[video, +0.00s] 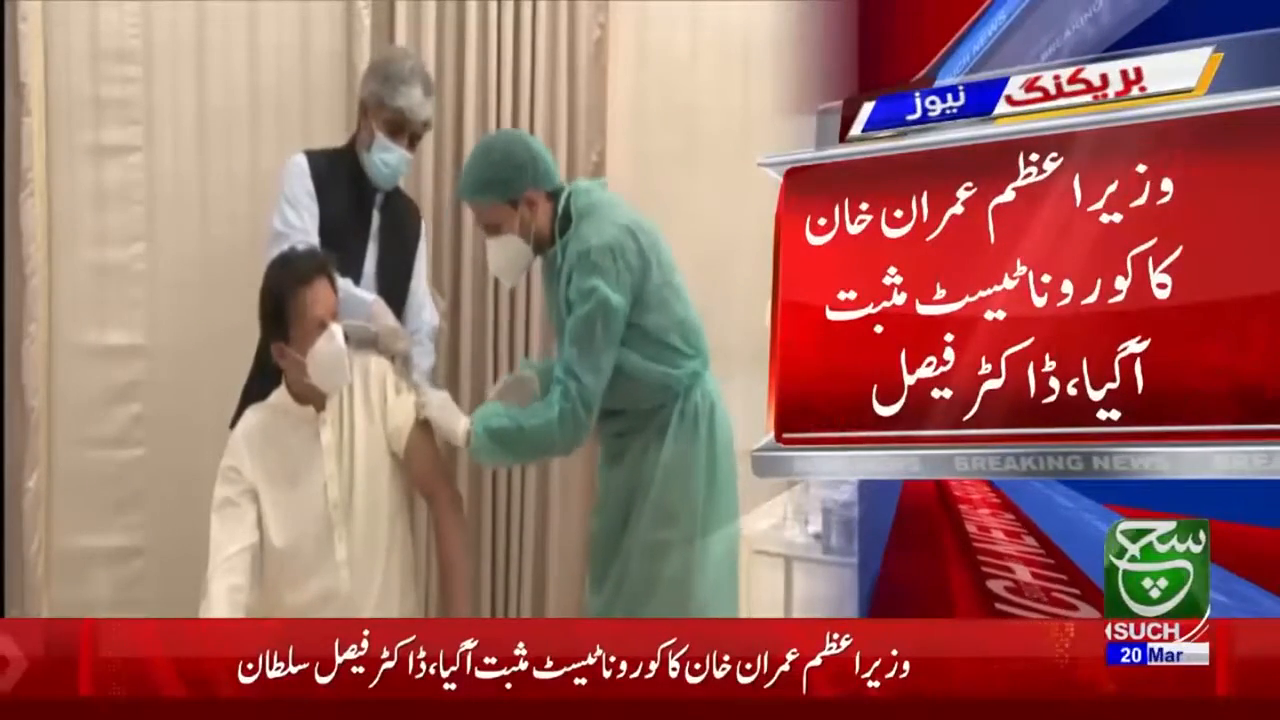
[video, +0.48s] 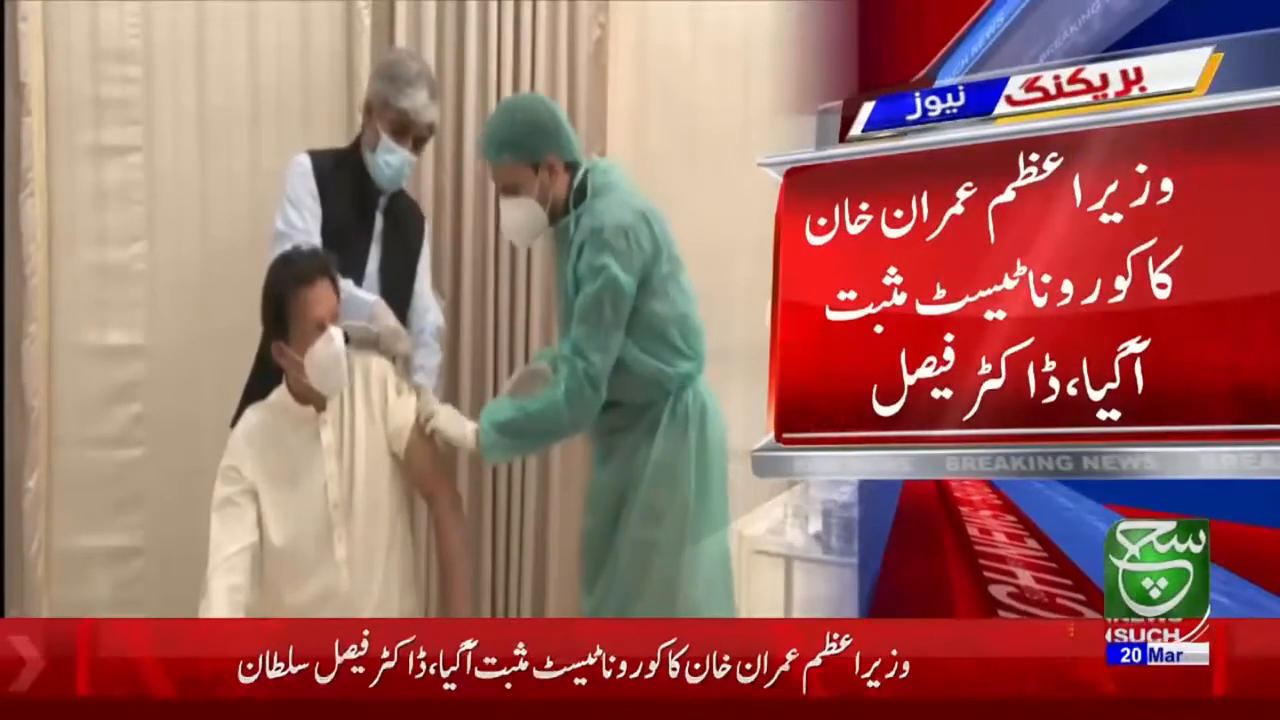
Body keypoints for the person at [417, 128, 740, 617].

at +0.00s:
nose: (493, 242)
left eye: (495, 228)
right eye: (487, 230)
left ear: (532, 204)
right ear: (531, 204)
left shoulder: (599, 248)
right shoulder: (568, 235)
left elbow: (569, 418)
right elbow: (583, 363)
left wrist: (471, 430)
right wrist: (532, 382)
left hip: (674, 435)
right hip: (631, 433)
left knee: (653, 599)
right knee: (615, 592)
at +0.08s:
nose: (495, 235)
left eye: (497, 221)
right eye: (489, 223)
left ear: (536, 197)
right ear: (532, 198)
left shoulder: (602, 243)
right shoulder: (571, 231)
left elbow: (574, 413)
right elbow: (587, 358)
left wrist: (475, 431)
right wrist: (537, 381)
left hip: (673, 433)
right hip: (631, 431)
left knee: (653, 598)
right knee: (614, 591)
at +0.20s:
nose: (499, 225)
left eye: (500, 210)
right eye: (493, 212)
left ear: (540, 188)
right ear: (537, 188)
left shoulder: (604, 238)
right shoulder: (575, 223)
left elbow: (578, 407)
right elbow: (594, 350)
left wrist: (479, 434)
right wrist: (545, 376)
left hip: (670, 431)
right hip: (630, 428)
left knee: (650, 599)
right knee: (615, 592)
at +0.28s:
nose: (500, 218)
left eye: (503, 203)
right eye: (494, 205)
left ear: (544, 182)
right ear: (542, 182)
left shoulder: (606, 235)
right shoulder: (578, 222)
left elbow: (580, 402)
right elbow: (596, 345)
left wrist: (481, 434)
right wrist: (546, 373)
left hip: (669, 432)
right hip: (630, 428)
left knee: (648, 599)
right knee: (615, 592)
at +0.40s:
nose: (505, 211)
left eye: (509, 195)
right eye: (499, 198)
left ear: (549, 175)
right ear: (548, 174)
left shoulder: (610, 229)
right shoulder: (579, 214)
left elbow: (582, 394)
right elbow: (595, 339)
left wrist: (483, 434)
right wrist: (547, 370)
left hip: (667, 430)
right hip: (628, 428)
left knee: (650, 598)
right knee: (614, 592)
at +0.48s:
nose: (506, 206)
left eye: (512, 190)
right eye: (501, 192)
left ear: (553, 171)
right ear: (551, 171)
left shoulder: (611, 225)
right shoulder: (581, 211)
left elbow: (583, 388)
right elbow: (595, 333)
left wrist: (484, 433)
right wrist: (550, 367)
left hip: (666, 429)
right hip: (629, 427)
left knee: (644, 600)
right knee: (613, 593)